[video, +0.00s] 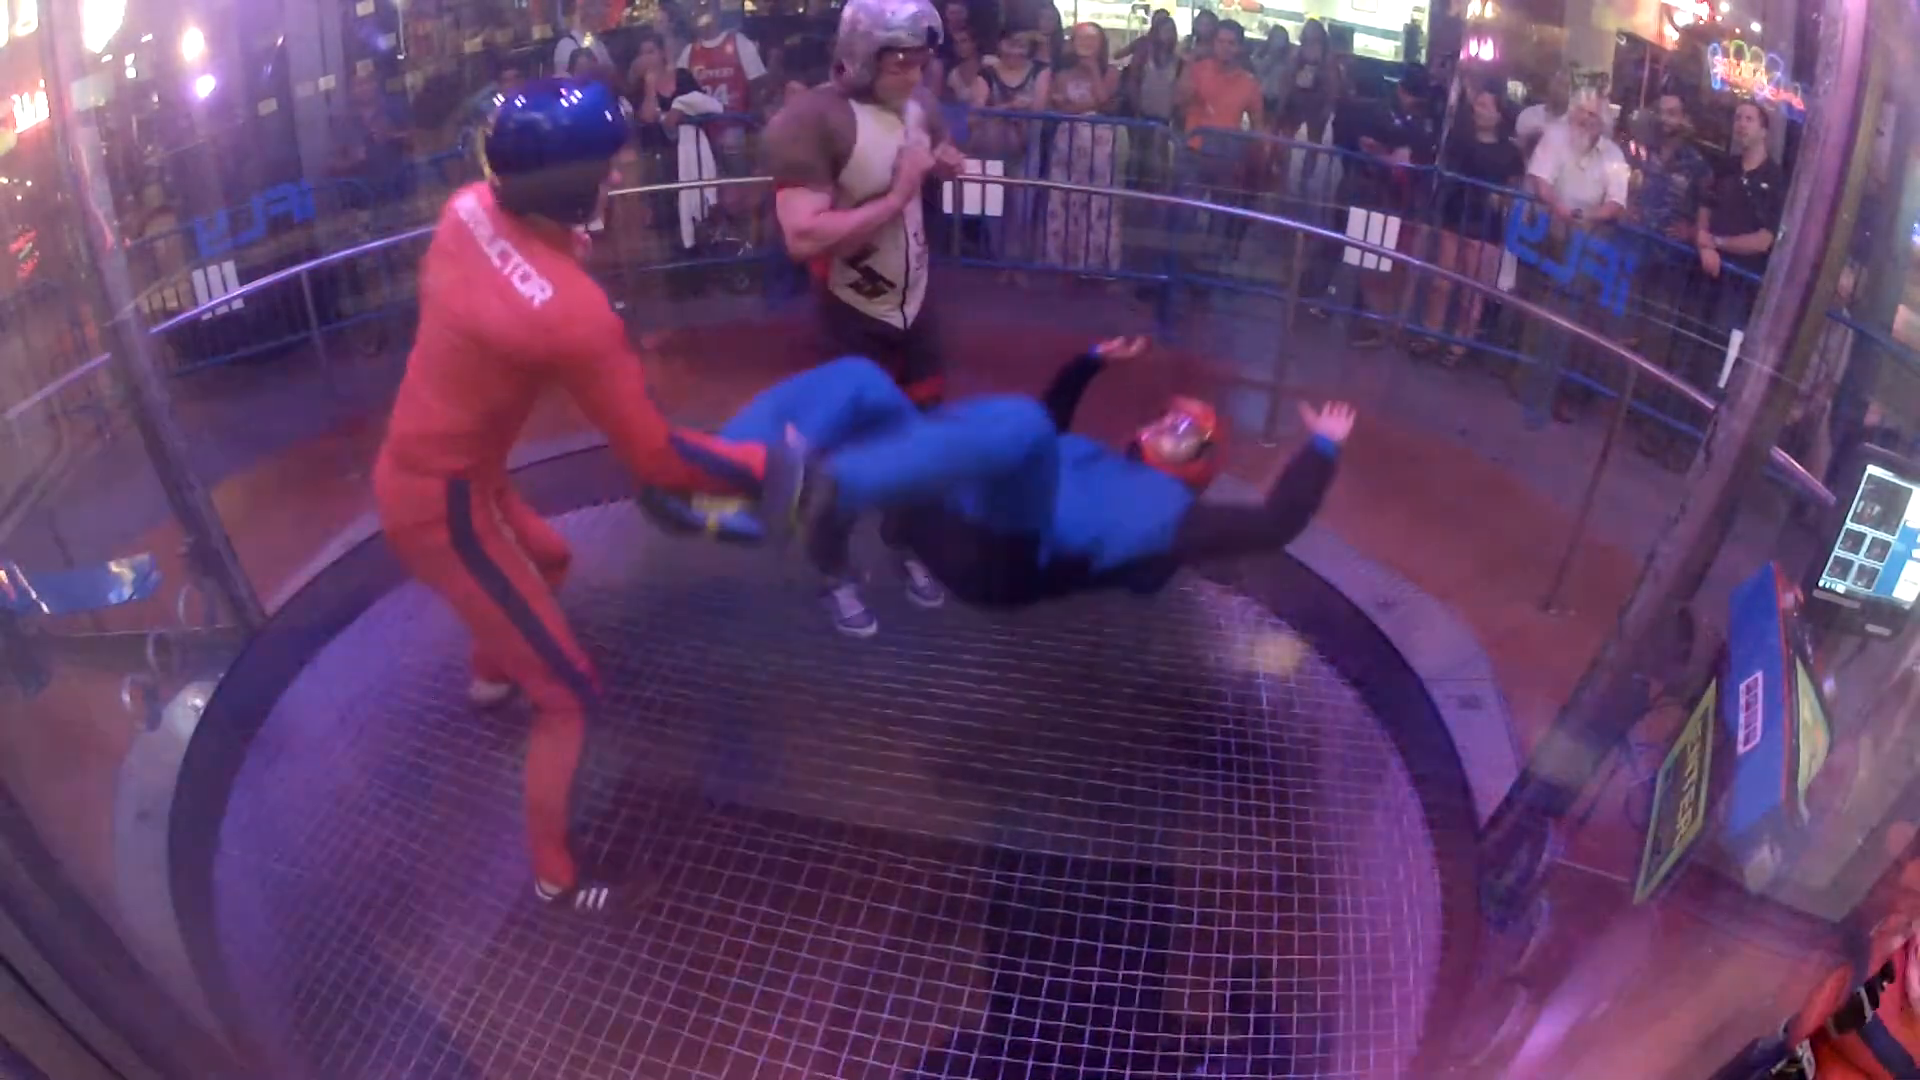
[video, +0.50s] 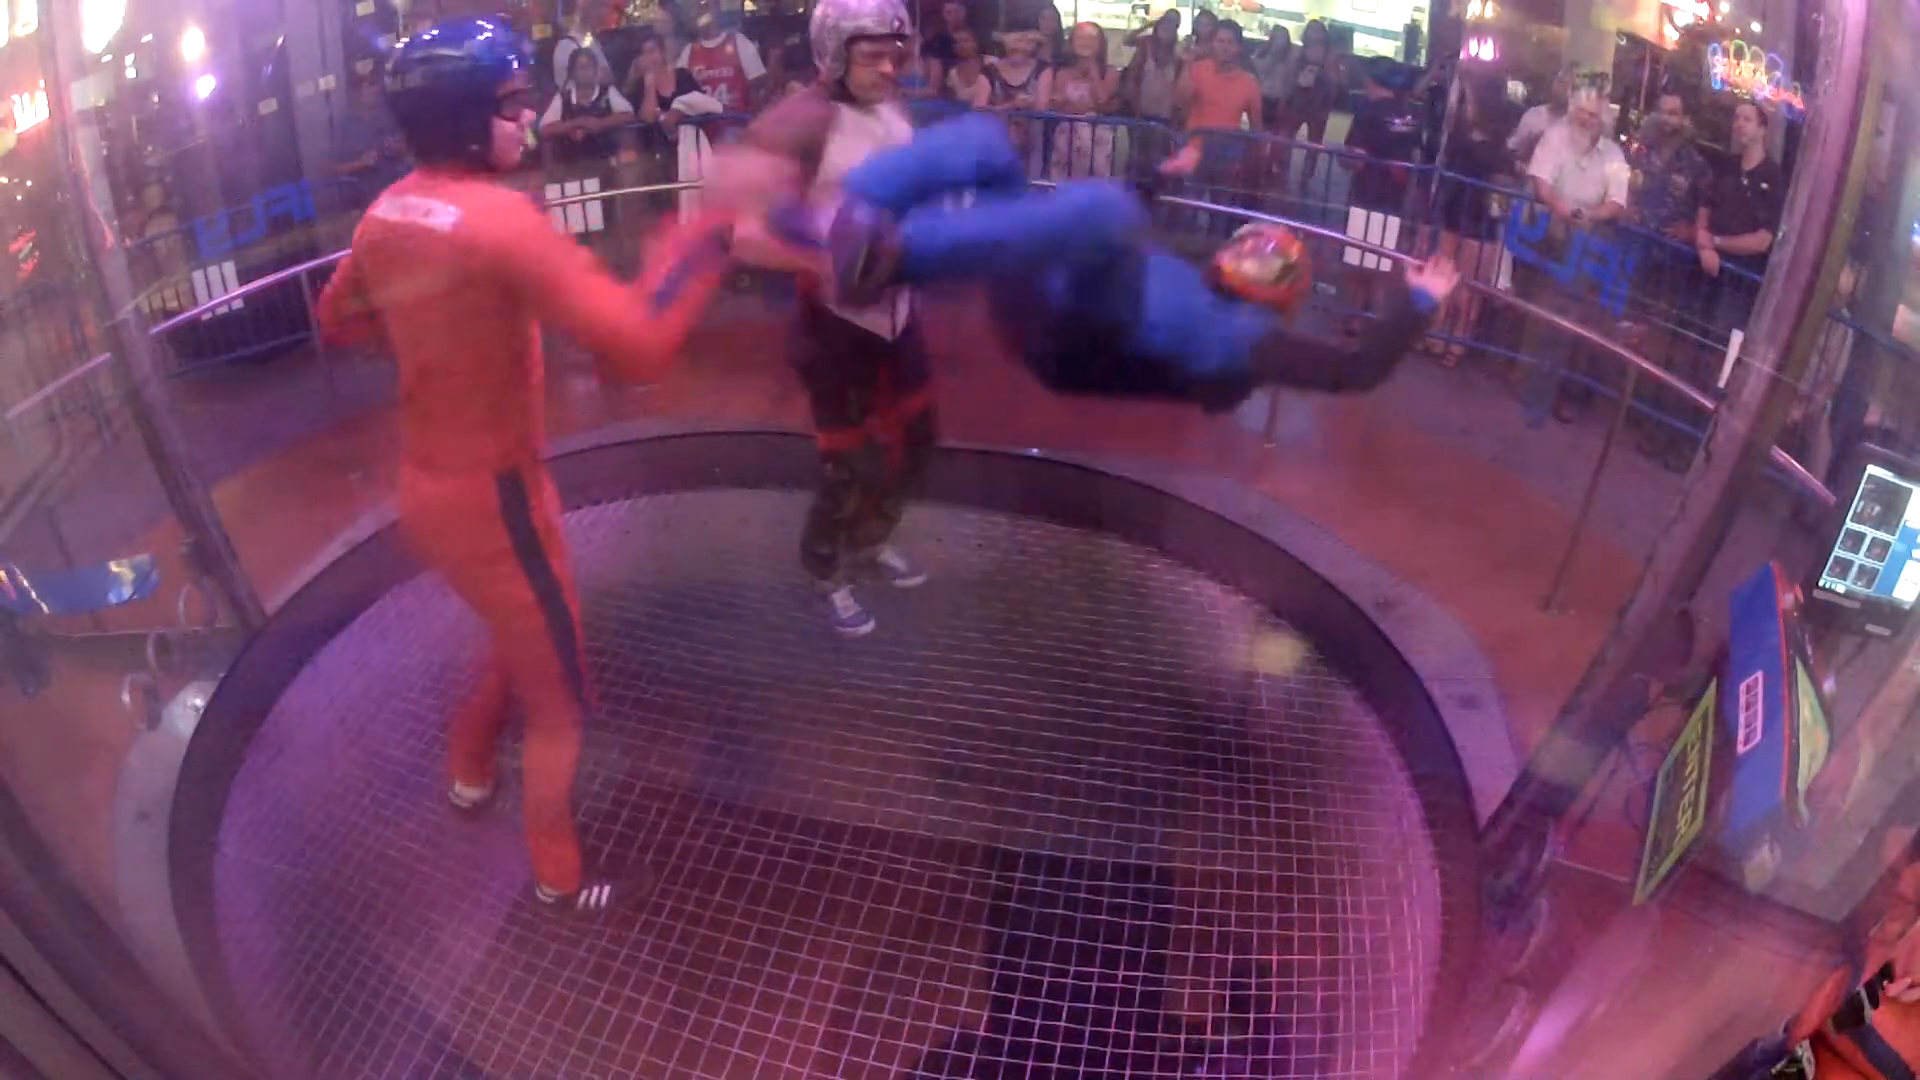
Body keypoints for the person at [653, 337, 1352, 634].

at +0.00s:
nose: (1173, 426)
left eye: (1189, 433)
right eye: (1170, 419)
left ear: (1197, 465)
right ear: (1147, 427)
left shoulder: (1182, 520)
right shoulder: (1086, 458)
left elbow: (1277, 526)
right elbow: (1043, 422)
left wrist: (1322, 451)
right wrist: (1092, 362)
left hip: (1005, 562)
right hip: (947, 518)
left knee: (1023, 427)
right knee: (857, 377)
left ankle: (833, 490)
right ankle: (717, 476)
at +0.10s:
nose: (1189, 391)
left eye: (1206, 394)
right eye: (1187, 382)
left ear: (1221, 426)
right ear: (1165, 390)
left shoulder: (1206, 479)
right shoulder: (1109, 420)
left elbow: (1296, 492)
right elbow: (1060, 396)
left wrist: (1342, 416)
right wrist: (1106, 330)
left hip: (1026, 520)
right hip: (970, 479)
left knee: (1031, 365)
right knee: (870, 346)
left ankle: (837, 448)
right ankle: (736, 418)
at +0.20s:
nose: (1206, 356)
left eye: (1226, 361)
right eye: (1204, 347)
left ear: (1240, 393)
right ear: (1183, 352)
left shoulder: (1219, 444)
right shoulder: (1133, 379)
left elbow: (1319, 452)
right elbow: (1073, 362)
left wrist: (1365, 380)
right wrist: (1119, 296)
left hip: (1052, 474)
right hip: (1008, 428)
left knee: (1054, 325)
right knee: (882, 309)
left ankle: (855, 402)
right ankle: (720, 386)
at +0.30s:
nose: (1223, 317)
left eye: (1243, 323)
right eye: (1221, 308)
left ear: (1253, 357)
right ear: (1197, 313)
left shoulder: (1234, 406)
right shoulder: (1147, 340)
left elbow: (1335, 422)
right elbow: (1092, 308)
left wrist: (1380, 347)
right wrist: (1138, 258)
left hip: (1061, 442)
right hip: (1007, 398)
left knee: (1069, 289)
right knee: (916, 258)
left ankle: (868, 360)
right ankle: (757, 335)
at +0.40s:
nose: (1238, 283)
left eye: (1257, 289)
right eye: (1236, 273)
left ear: (1268, 322)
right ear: (1214, 275)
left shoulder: (1246, 371)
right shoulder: (1168, 294)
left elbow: (1346, 396)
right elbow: (1114, 258)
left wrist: (1399, 321)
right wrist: (1152, 222)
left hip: (1067, 394)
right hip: (1024, 345)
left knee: (1090, 251)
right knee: (947, 204)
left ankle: (869, 310)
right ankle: (798, 271)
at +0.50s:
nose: (1250, 248)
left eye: (1270, 256)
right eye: (1250, 239)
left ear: (1283, 290)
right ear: (1231, 241)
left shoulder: (1255, 340)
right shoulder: (1184, 263)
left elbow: (1360, 371)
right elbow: (1129, 224)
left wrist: (1414, 304)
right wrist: (1161, 181)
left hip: (1080, 352)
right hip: (1045, 302)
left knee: (1111, 209)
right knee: (987, 141)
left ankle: (893, 261)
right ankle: (839, 209)